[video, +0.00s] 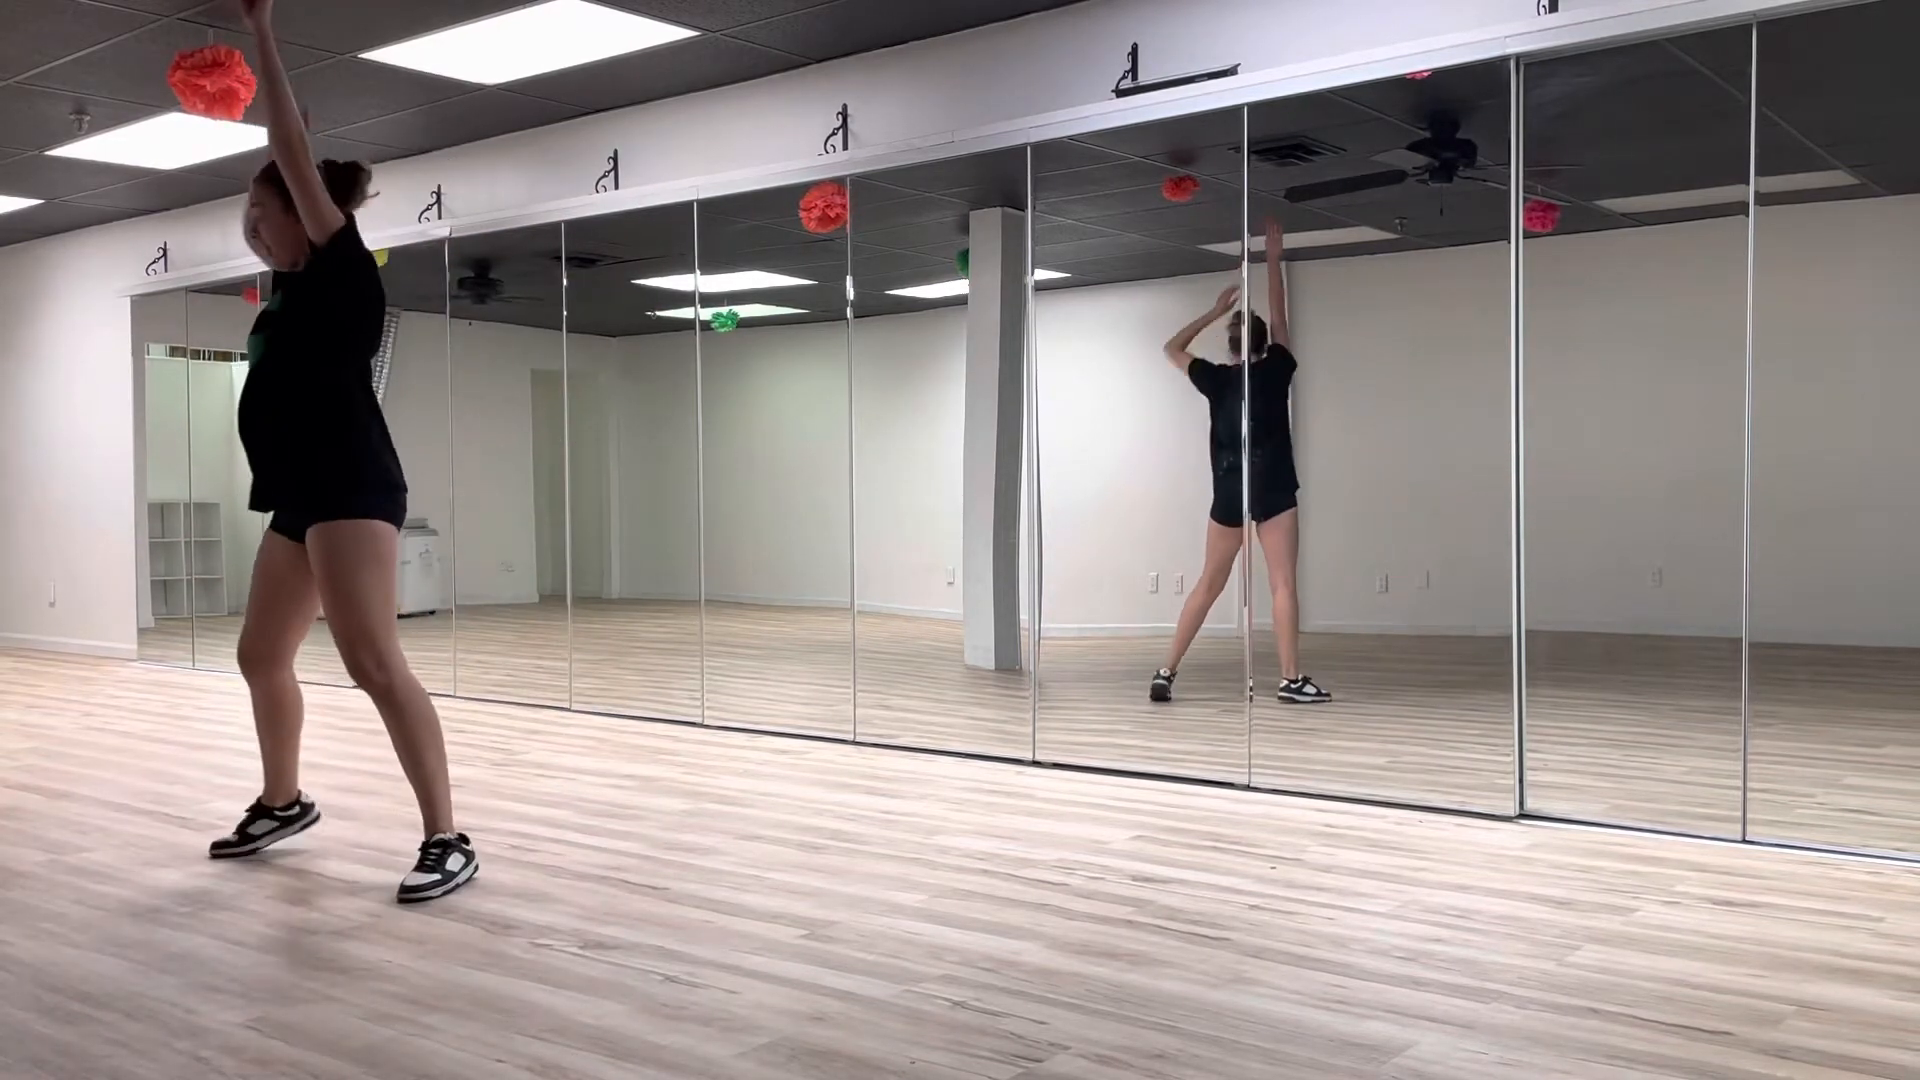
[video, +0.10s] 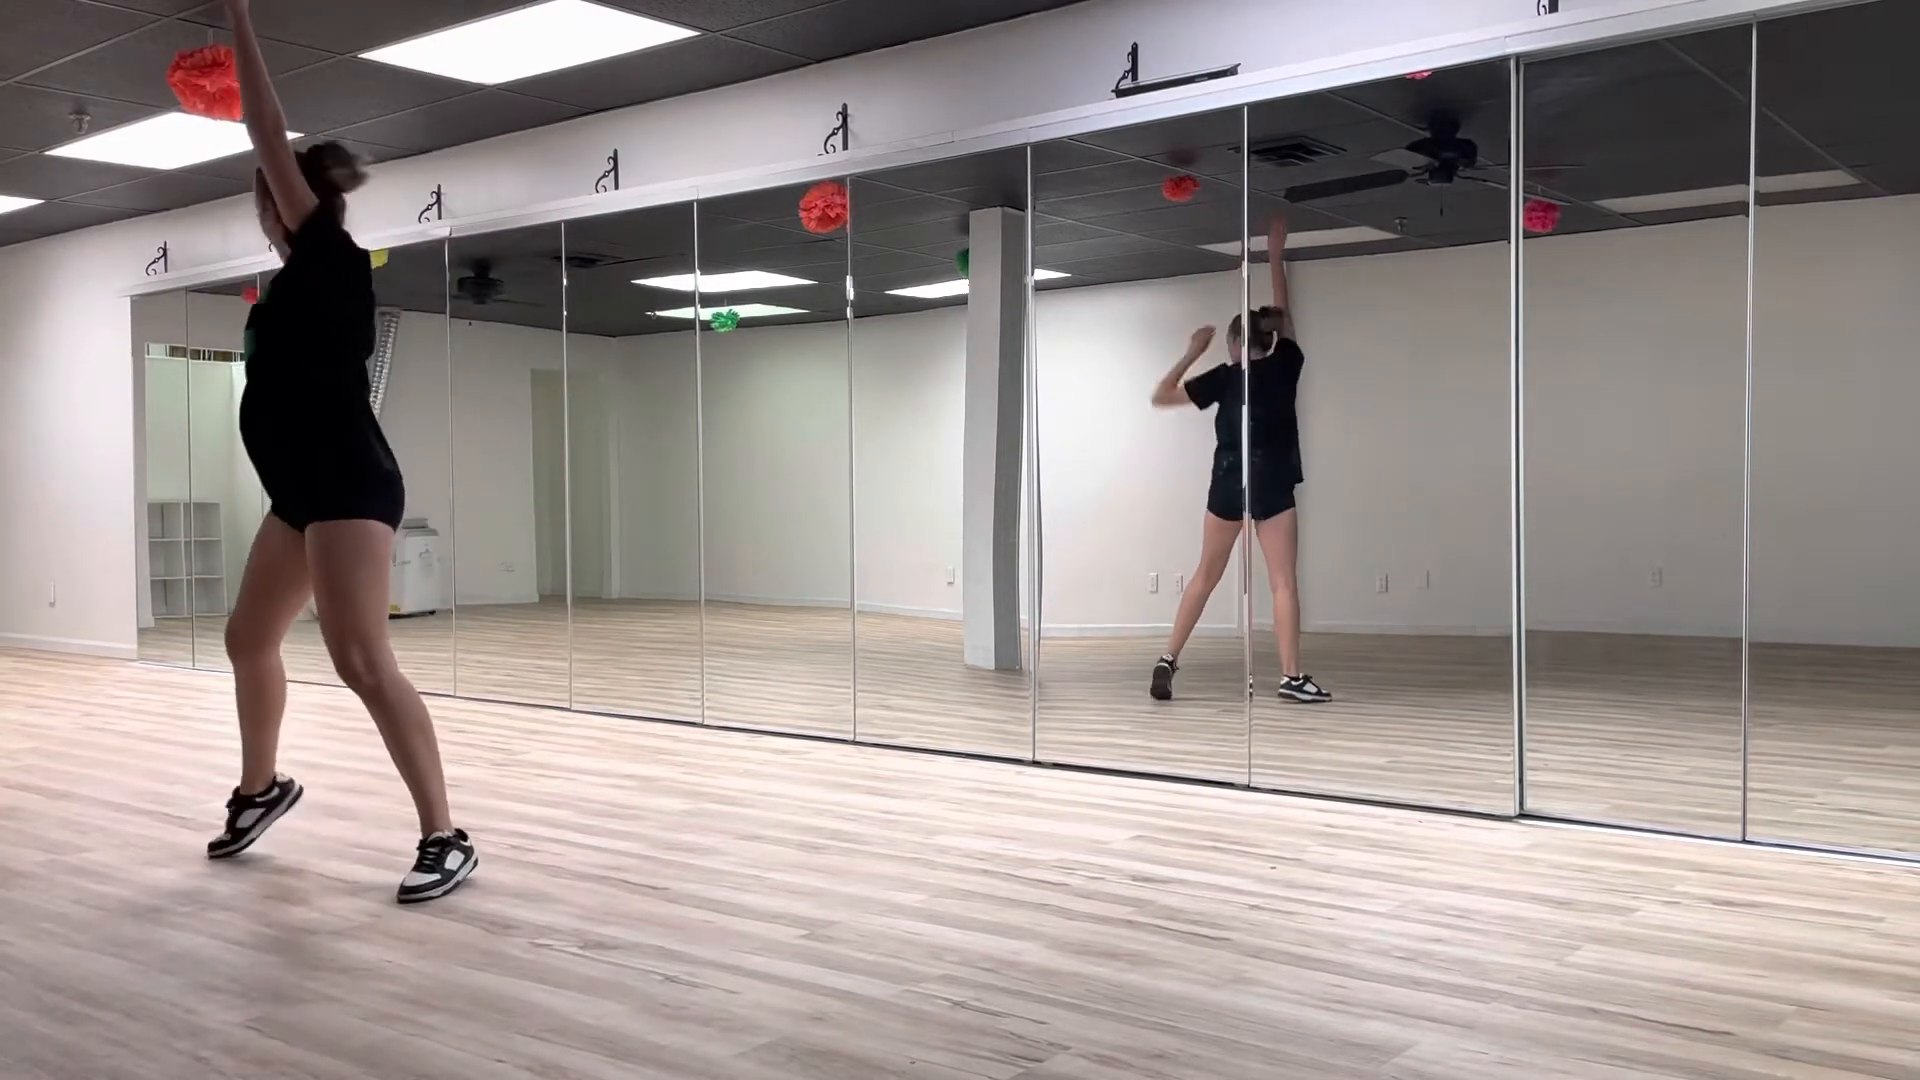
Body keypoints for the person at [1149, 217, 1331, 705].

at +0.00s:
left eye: (1236, 335)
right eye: (1261, 332)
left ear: (1229, 343)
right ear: (1266, 340)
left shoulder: (1216, 378)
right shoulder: (1276, 370)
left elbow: (1174, 349)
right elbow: (1278, 310)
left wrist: (1213, 314)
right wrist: (1274, 253)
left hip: (1228, 490)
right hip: (1275, 486)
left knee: (1209, 584)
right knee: (1282, 585)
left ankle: (1167, 671)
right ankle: (1291, 679)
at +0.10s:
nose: (1227, 350)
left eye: (1229, 343)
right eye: (1277, 330)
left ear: (1235, 344)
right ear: (1273, 339)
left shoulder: (1224, 377)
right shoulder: (1286, 365)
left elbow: (1162, 396)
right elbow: (1281, 308)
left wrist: (1190, 354)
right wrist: (1276, 254)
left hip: (1227, 484)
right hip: (1274, 483)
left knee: (1206, 574)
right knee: (1283, 583)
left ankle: (1169, 660)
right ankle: (1291, 676)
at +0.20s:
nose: (1221, 345)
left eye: (1226, 337)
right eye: (1223, 337)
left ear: (1242, 339)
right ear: (1264, 338)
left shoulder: (1225, 382)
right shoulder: (1285, 364)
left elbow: (1192, 435)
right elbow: (1278, 306)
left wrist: (1165, 401)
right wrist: (1277, 251)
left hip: (1221, 477)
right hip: (1269, 477)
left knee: (1201, 572)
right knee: (1277, 579)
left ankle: (1169, 661)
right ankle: (1292, 673)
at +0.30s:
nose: (1219, 352)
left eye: (1223, 345)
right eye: (1220, 344)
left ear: (1243, 345)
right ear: (1258, 343)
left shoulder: (1230, 388)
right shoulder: (1280, 369)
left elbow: (1213, 451)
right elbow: (1271, 313)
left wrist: (1164, 476)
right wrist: (1274, 254)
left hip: (1212, 482)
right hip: (1258, 482)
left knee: (1192, 576)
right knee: (1266, 578)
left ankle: (1167, 670)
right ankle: (1292, 672)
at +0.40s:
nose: (1217, 357)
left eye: (1223, 350)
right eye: (1218, 349)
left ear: (1244, 353)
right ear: (1259, 354)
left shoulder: (1226, 397)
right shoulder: (1276, 378)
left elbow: (1210, 460)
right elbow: (1268, 319)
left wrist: (1201, 512)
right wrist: (1271, 259)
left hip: (1203, 483)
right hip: (1245, 486)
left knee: (1182, 583)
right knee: (1260, 579)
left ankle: (1163, 677)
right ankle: (1291, 673)